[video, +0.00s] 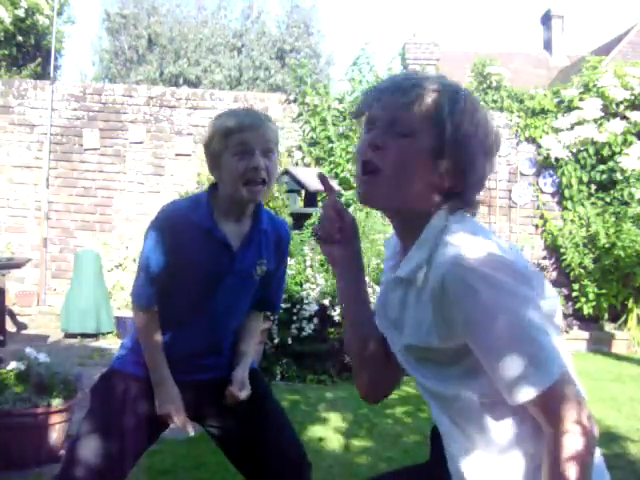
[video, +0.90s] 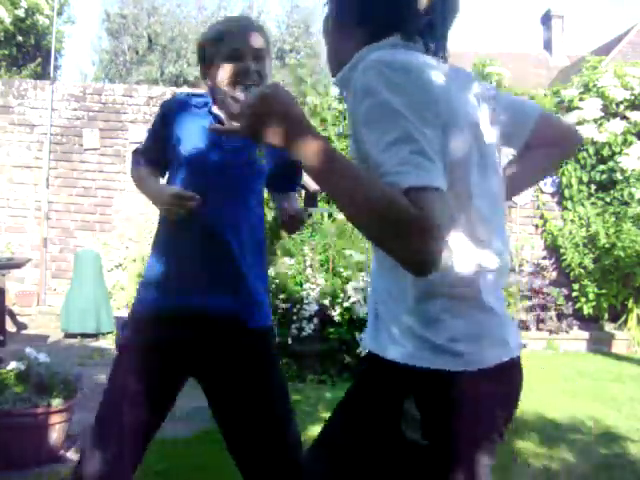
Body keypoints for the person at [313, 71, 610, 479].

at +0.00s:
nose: (370, 141)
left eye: (399, 132)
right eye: (368, 128)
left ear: (447, 174)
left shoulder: (467, 264)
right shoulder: (403, 248)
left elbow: (573, 422)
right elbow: (373, 385)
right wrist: (344, 260)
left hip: (527, 471)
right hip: (465, 464)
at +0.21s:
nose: (389, 150)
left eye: (414, 141)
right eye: (375, 136)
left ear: (447, 178)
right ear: (351, 158)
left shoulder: (466, 272)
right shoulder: (379, 253)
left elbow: (569, 421)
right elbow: (353, 389)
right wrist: (326, 283)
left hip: (526, 472)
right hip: (455, 464)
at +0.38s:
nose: (382, 153)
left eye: (406, 143)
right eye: (365, 139)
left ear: (439, 180)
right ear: (341, 163)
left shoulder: (464, 271)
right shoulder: (367, 258)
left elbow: (562, 420)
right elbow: (375, 392)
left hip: (517, 470)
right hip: (445, 463)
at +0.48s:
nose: (372, 159)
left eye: (395, 149)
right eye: (355, 146)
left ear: (430, 182)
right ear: (331, 170)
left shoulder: (463, 278)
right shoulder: (366, 263)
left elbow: (553, 429)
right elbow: (386, 390)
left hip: (512, 469)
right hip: (438, 465)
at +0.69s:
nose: (306, 93)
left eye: (316, 77)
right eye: (310, 77)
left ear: (352, 81)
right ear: (399, 85)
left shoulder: (404, 170)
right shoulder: (408, 157)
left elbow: (480, 334)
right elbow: (497, 212)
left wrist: (329, 260)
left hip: (466, 451)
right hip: (402, 431)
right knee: (303, 475)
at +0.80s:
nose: (318, 32)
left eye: (322, 15)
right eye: (321, 17)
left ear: (341, 17)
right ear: (402, 22)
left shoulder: (380, 78)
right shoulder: (444, 79)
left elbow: (432, 240)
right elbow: (540, 121)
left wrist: (305, 138)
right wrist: (467, 185)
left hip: (433, 370)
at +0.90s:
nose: (324, 35)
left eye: (329, 19)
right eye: (328, 19)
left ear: (347, 20)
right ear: (411, 22)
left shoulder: (381, 72)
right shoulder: (459, 80)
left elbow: (421, 245)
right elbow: (559, 138)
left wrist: (299, 137)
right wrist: (481, 195)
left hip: (427, 373)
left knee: (324, 474)